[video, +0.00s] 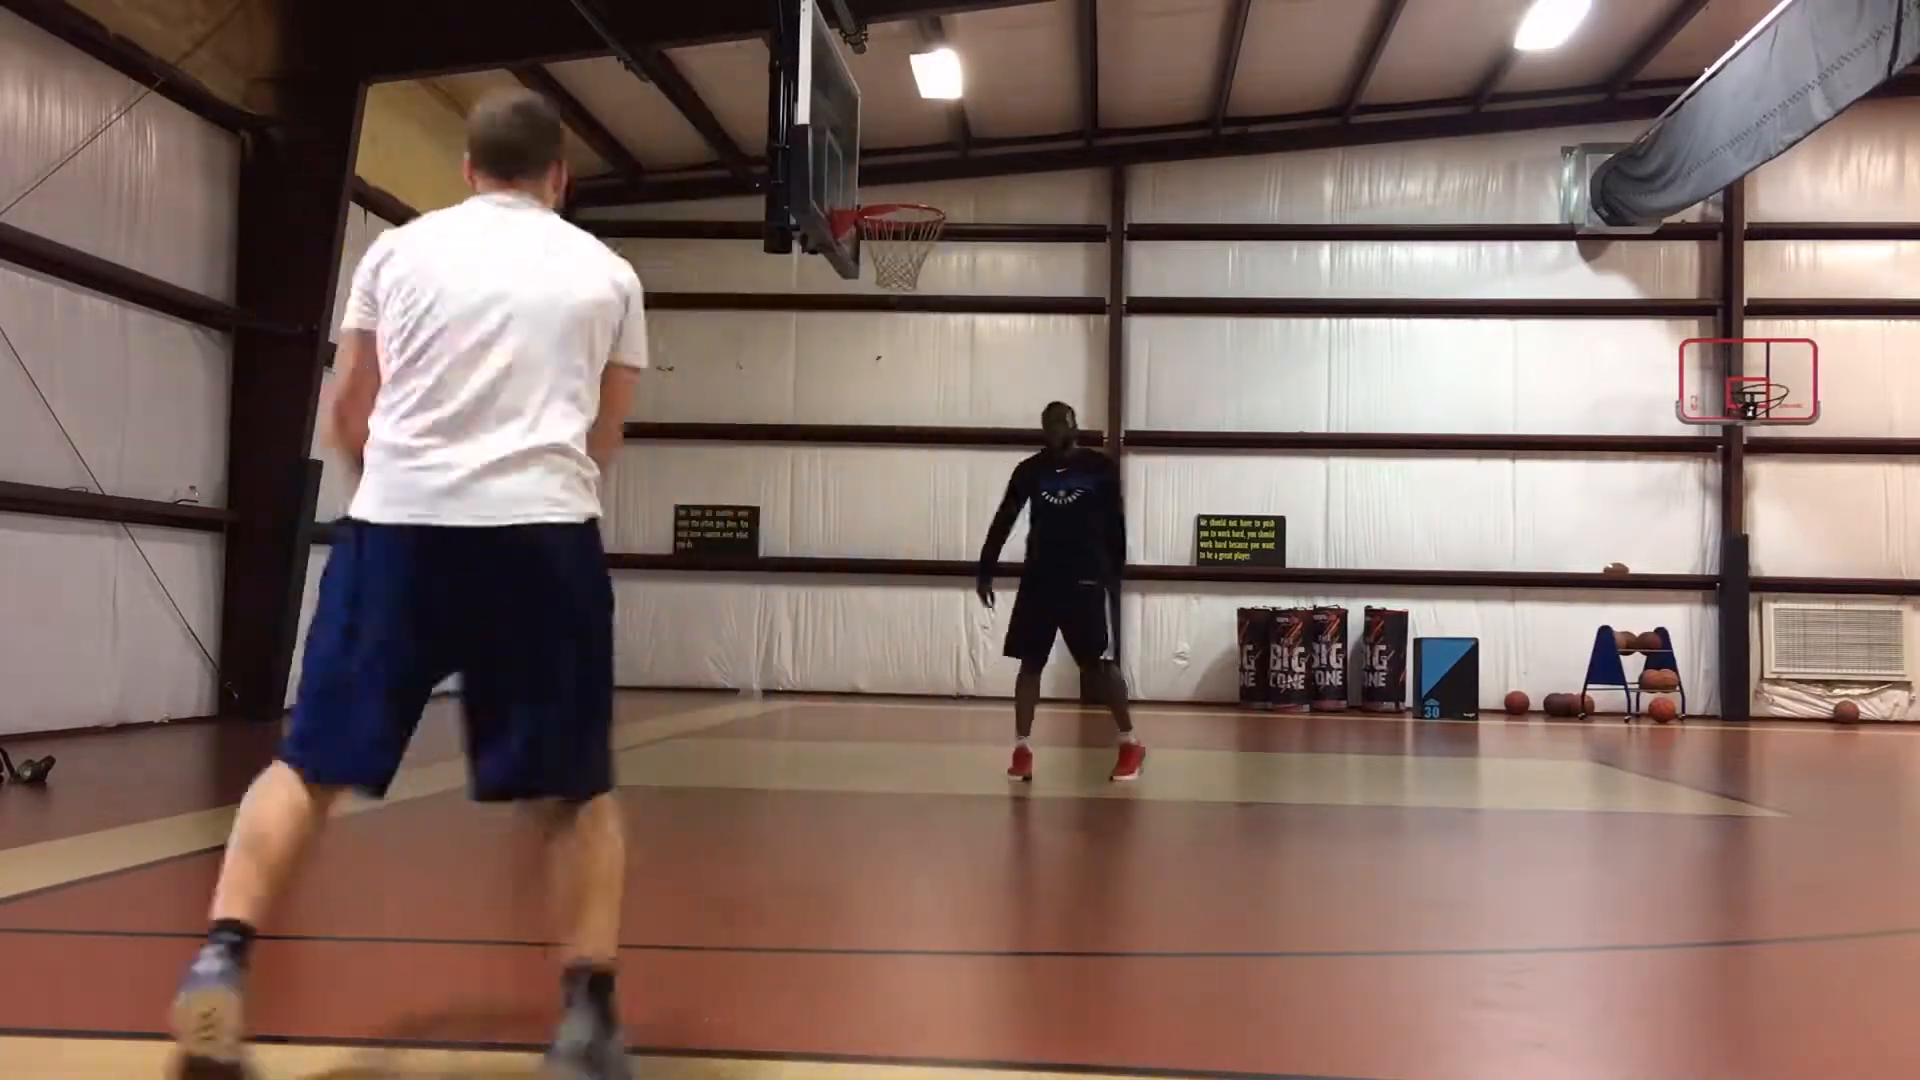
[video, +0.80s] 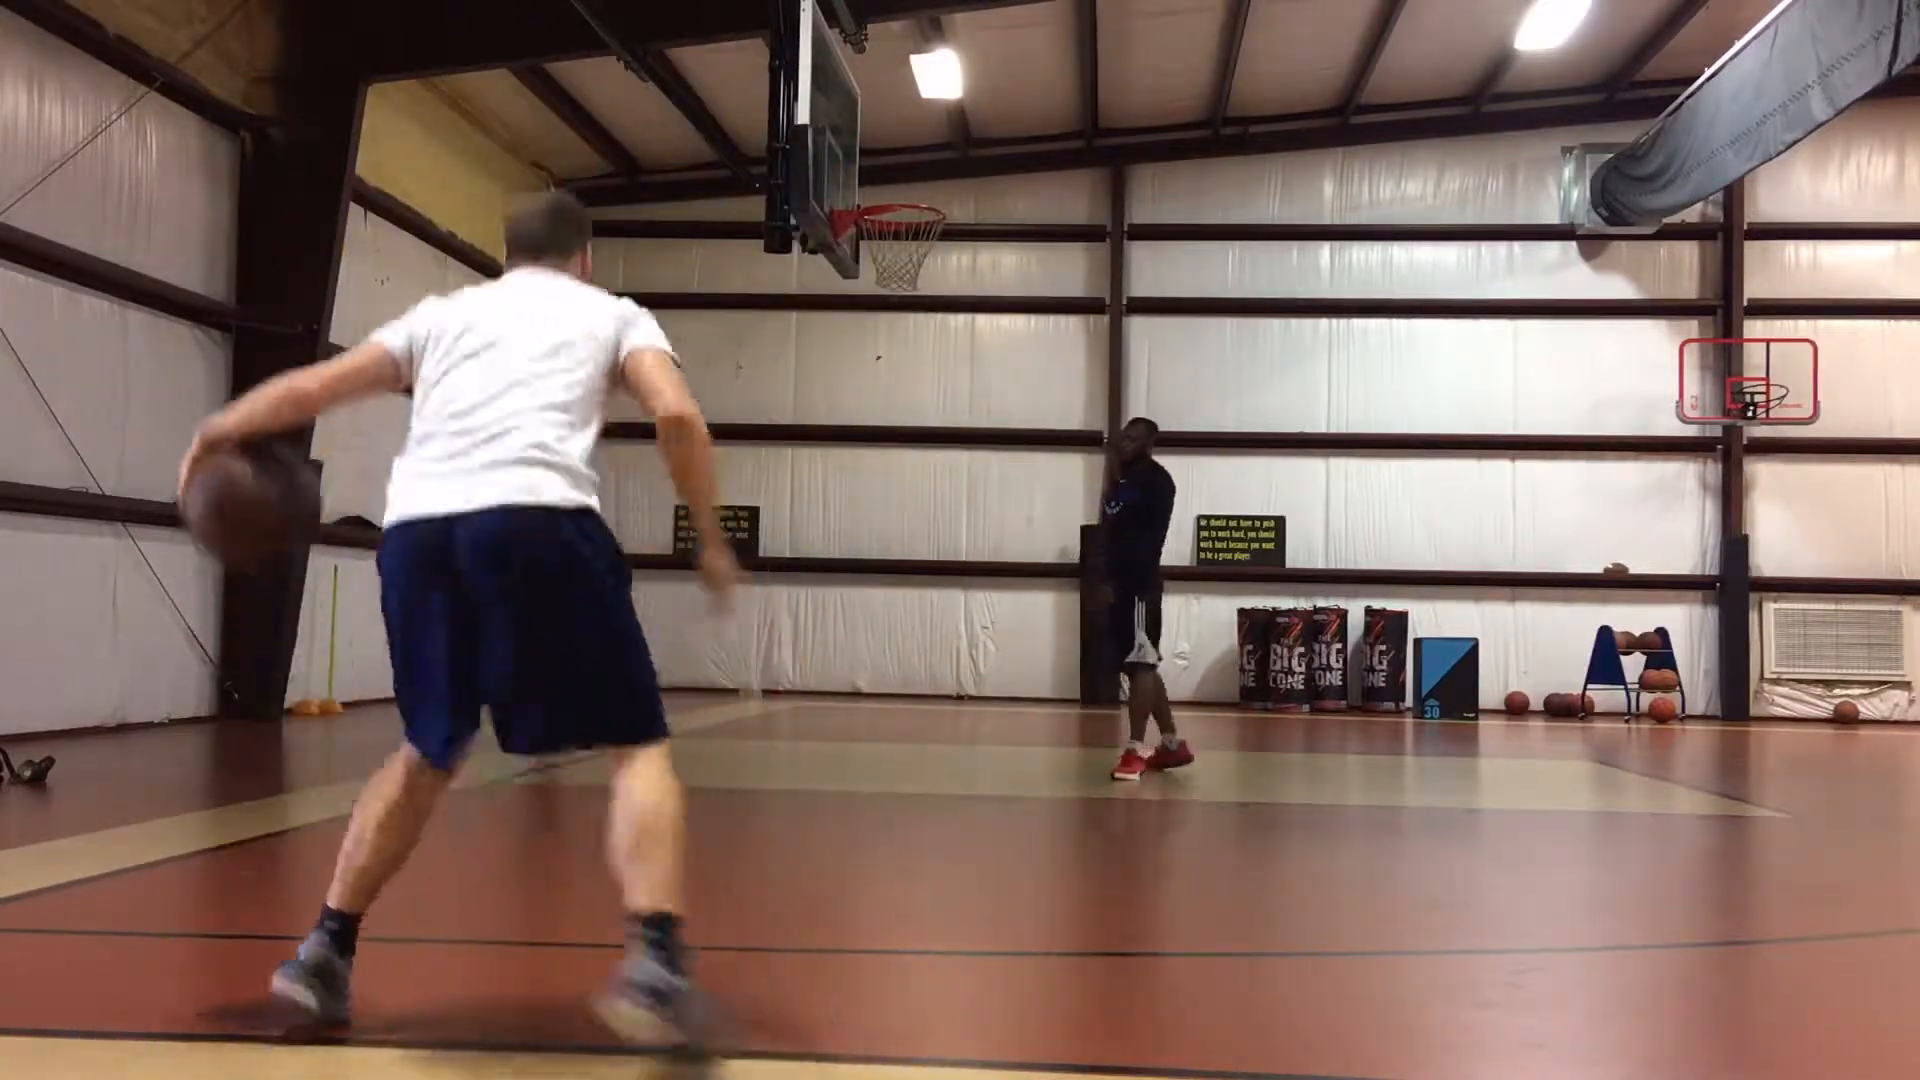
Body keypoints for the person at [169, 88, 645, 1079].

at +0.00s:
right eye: (567, 175)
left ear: (464, 173)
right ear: (560, 177)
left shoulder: (396, 252)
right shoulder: (608, 275)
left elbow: (347, 421)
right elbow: (605, 441)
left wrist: (410, 490)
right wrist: (534, 499)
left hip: (396, 537)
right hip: (545, 544)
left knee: (307, 761)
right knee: (582, 785)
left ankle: (219, 964)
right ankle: (588, 1015)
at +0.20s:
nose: (650, 433)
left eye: (643, 420)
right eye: (649, 421)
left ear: (560, 408)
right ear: (639, 415)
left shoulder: (486, 466)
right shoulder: (644, 478)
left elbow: (454, 617)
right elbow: (636, 637)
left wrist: (487, 788)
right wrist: (656, 798)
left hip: (402, 668)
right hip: (543, 665)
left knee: (300, 851)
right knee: (687, 804)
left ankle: (133, 1011)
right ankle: (775, 1001)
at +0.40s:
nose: (694, 453)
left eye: (692, 444)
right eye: (696, 442)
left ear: (610, 420)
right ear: (682, 433)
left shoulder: (522, 466)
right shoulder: (673, 472)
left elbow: (445, 594)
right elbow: (648, 603)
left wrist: (428, 737)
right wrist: (642, 758)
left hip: (429, 650)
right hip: (557, 643)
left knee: (437, 814)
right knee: (716, 800)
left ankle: (294, 961)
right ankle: (783, 1003)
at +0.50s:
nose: (640, 446)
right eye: (639, 433)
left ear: (549, 425)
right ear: (629, 430)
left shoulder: (475, 481)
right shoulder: (644, 481)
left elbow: (403, 624)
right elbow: (669, 615)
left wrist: (346, 758)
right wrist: (691, 762)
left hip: (446, 680)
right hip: (579, 666)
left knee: (479, 814)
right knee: (728, 797)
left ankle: (327, 978)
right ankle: (785, 1000)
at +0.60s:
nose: (600, 403)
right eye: (598, 390)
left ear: (514, 391)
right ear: (590, 391)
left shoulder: (445, 454)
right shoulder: (614, 443)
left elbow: (357, 559)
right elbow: (682, 544)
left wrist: (251, 652)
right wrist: (750, 665)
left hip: (443, 662)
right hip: (575, 648)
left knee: (451, 821)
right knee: (716, 813)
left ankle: (322, 979)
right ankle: (788, 1000)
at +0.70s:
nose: (592, 328)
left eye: (579, 320)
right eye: (589, 317)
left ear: (502, 316)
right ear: (580, 316)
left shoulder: (436, 377)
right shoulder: (603, 366)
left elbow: (308, 456)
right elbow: (687, 457)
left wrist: (203, 526)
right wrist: (760, 576)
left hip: (420, 592)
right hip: (549, 579)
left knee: (436, 784)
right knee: (677, 781)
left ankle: (321, 976)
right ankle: (767, 989)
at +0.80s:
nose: (592, 271)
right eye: (593, 259)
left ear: (505, 259)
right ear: (584, 258)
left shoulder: (441, 314)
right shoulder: (611, 313)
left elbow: (313, 388)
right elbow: (676, 412)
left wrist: (212, 433)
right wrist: (709, 536)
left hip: (415, 534)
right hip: (539, 526)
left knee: (427, 744)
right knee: (636, 745)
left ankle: (324, 953)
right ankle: (655, 960)